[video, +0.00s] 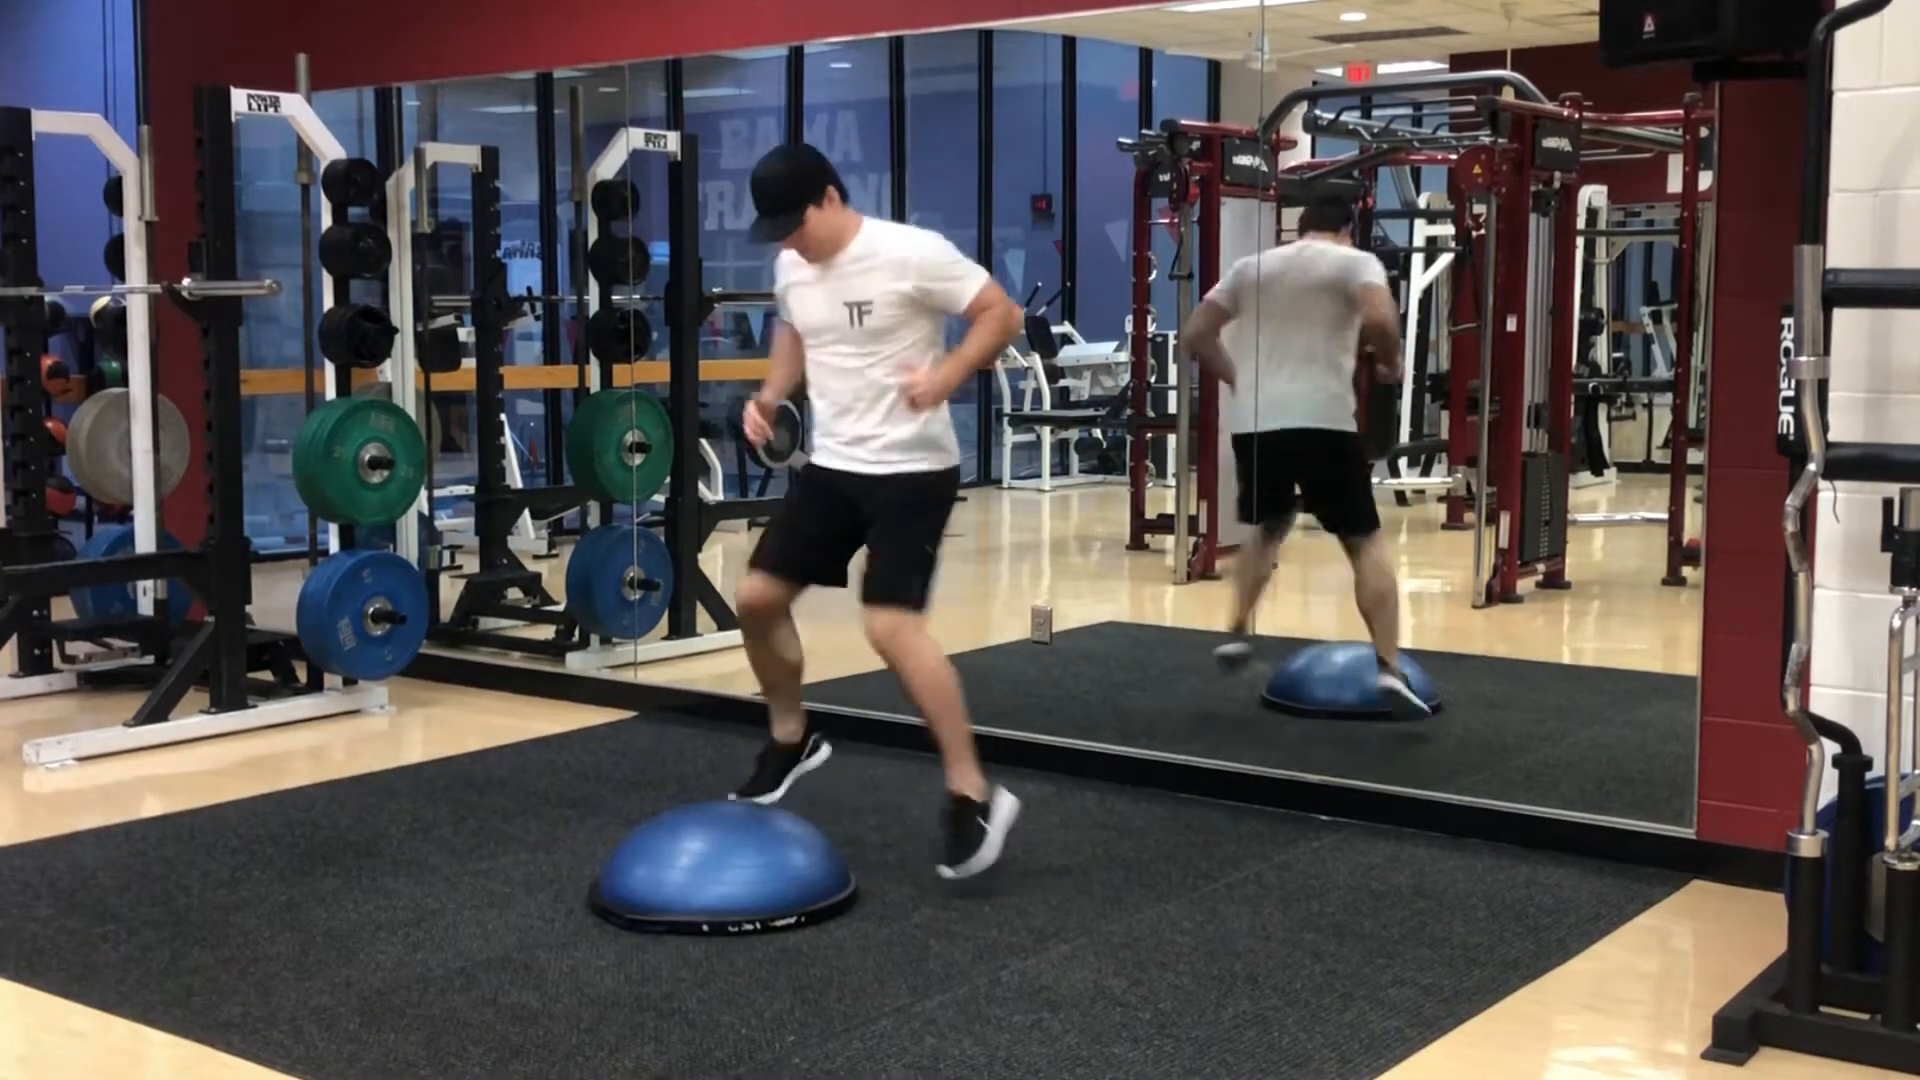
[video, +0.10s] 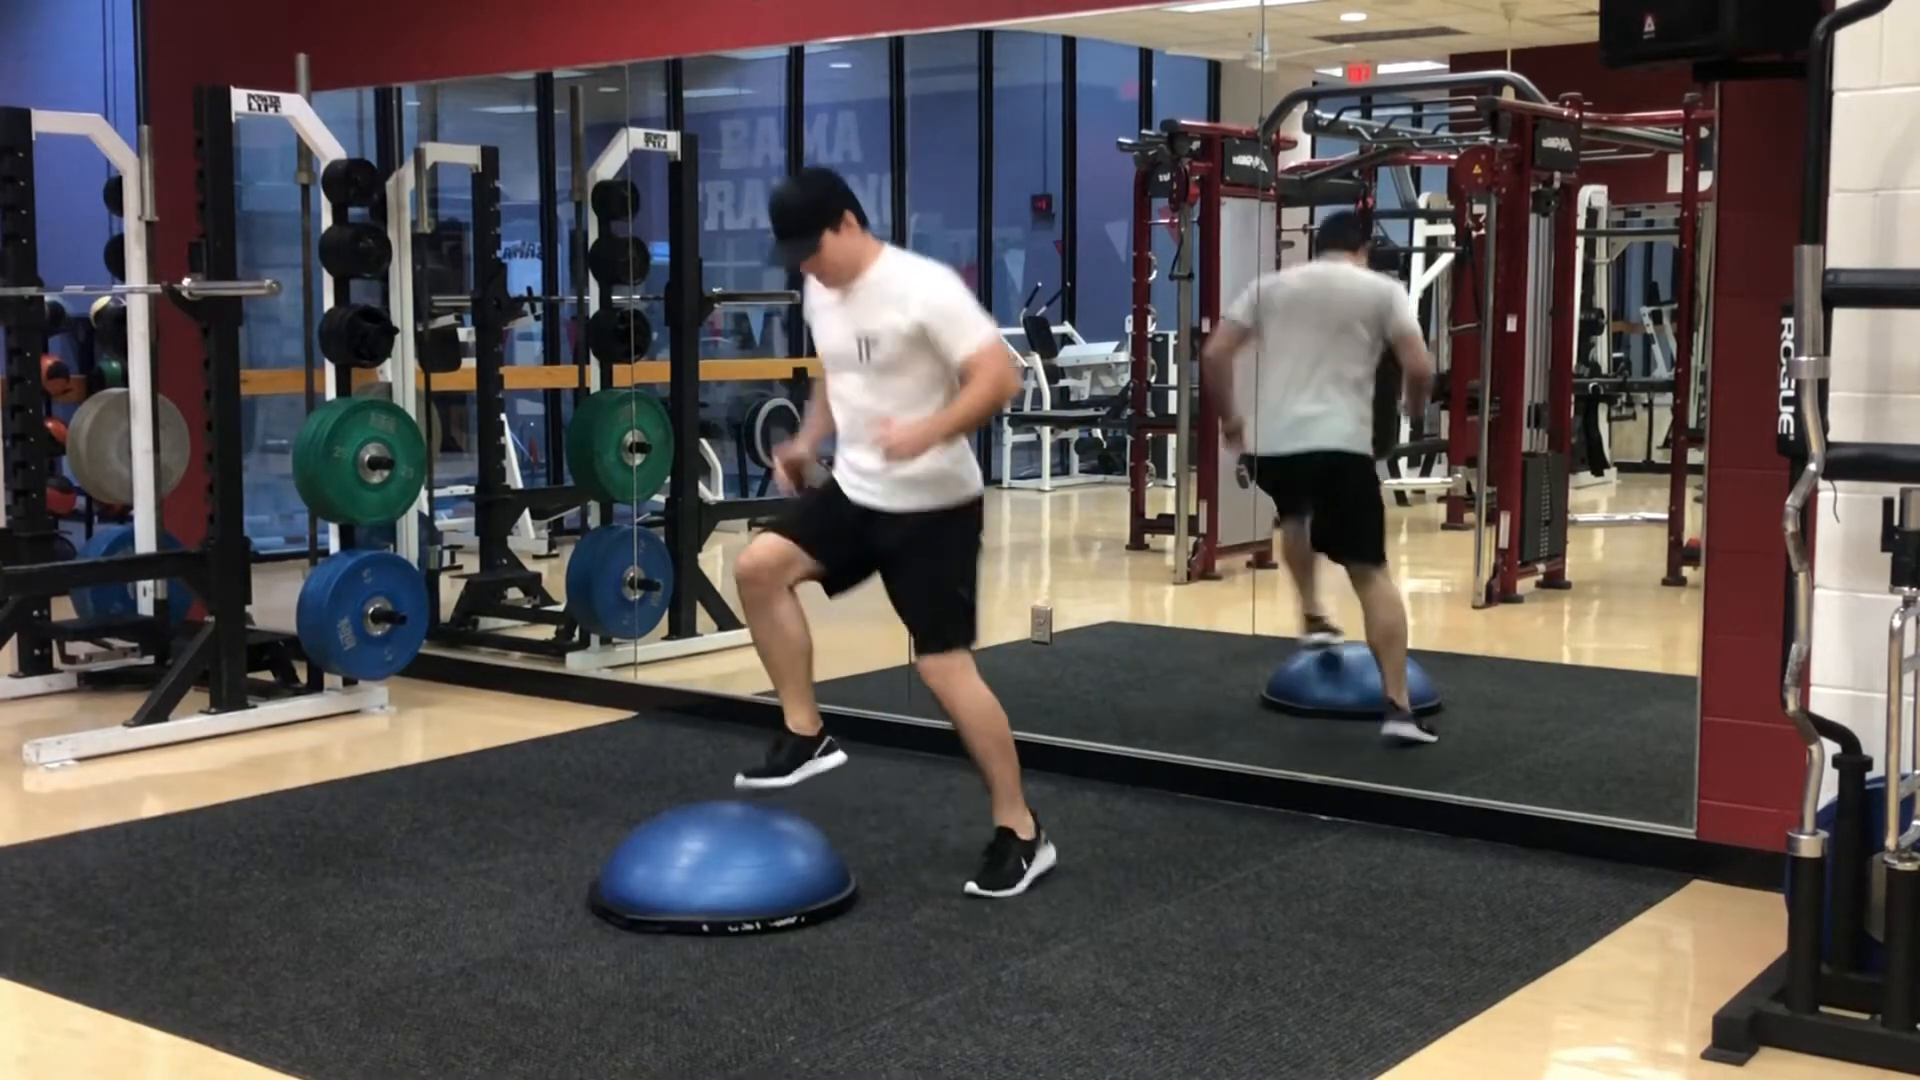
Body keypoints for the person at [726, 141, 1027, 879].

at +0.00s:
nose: (789, 245)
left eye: (794, 228)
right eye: (782, 234)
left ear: (828, 199)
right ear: (787, 218)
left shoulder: (912, 253)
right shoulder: (794, 267)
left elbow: (1003, 312)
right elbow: (793, 339)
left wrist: (947, 374)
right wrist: (769, 398)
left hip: (912, 472)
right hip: (831, 470)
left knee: (891, 623)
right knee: (758, 600)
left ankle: (973, 795)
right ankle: (789, 740)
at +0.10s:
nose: (808, 270)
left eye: (812, 253)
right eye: (799, 259)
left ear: (847, 225)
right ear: (802, 246)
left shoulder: (925, 286)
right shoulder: (820, 295)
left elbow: (998, 375)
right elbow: (836, 385)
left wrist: (929, 429)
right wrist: (806, 442)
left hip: (933, 509)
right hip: (855, 500)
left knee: (946, 667)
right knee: (758, 567)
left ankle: (1019, 828)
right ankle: (805, 733)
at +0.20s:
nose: (819, 290)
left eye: (824, 273)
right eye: (812, 278)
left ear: (864, 251)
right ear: (840, 262)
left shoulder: (936, 320)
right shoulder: (840, 320)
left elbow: (978, 431)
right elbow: (861, 417)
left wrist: (875, 448)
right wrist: (821, 467)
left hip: (951, 533)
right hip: (871, 517)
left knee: (952, 688)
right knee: (767, 574)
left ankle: (1025, 837)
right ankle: (814, 741)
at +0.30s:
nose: (819, 263)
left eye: (822, 246)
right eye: (811, 251)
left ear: (858, 222)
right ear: (831, 233)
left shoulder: (933, 283)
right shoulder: (834, 284)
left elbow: (992, 378)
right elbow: (860, 374)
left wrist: (893, 387)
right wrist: (810, 397)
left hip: (932, 512)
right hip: (854, 496)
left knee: (955, 664)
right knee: (760, 581)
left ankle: (1016, 828)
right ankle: (817, 730)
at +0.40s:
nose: (799, 243)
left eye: (802, 227)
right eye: (791, 232)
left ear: (838, 197)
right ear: (814, 209)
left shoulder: (923, 247)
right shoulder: (810, 264)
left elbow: (1009, 319)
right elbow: (824, 350)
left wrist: (936, 373)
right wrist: (801, 360)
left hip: (919, 470)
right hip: (838, 467)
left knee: (894, 616)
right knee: (778, 609)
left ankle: (960, 766)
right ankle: (792, 748)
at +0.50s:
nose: (783, 254)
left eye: (789, 238)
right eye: (775, 244)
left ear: (826, 211)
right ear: (774, 235)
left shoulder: (909, 258)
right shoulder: (779, 279)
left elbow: (1007, 311)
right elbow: (760, 362)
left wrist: (982, 402)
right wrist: (774, 375)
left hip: (916, 462)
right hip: (834, 476)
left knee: (837, 571)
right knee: (801, 642)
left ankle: (872, 724)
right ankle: (794, 784)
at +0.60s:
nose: (774, 284)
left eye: (780, 268)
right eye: (766, 273)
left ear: (817, 241)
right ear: (765, 263)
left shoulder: (897, 291)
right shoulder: (770, 317)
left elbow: (997, 333)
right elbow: (732, 404)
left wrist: (997, 420)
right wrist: (749, 423)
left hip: (904, 494)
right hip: (821, 510)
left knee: (804, 586)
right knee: (785, 672)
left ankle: (827, 756)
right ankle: (803, 787)